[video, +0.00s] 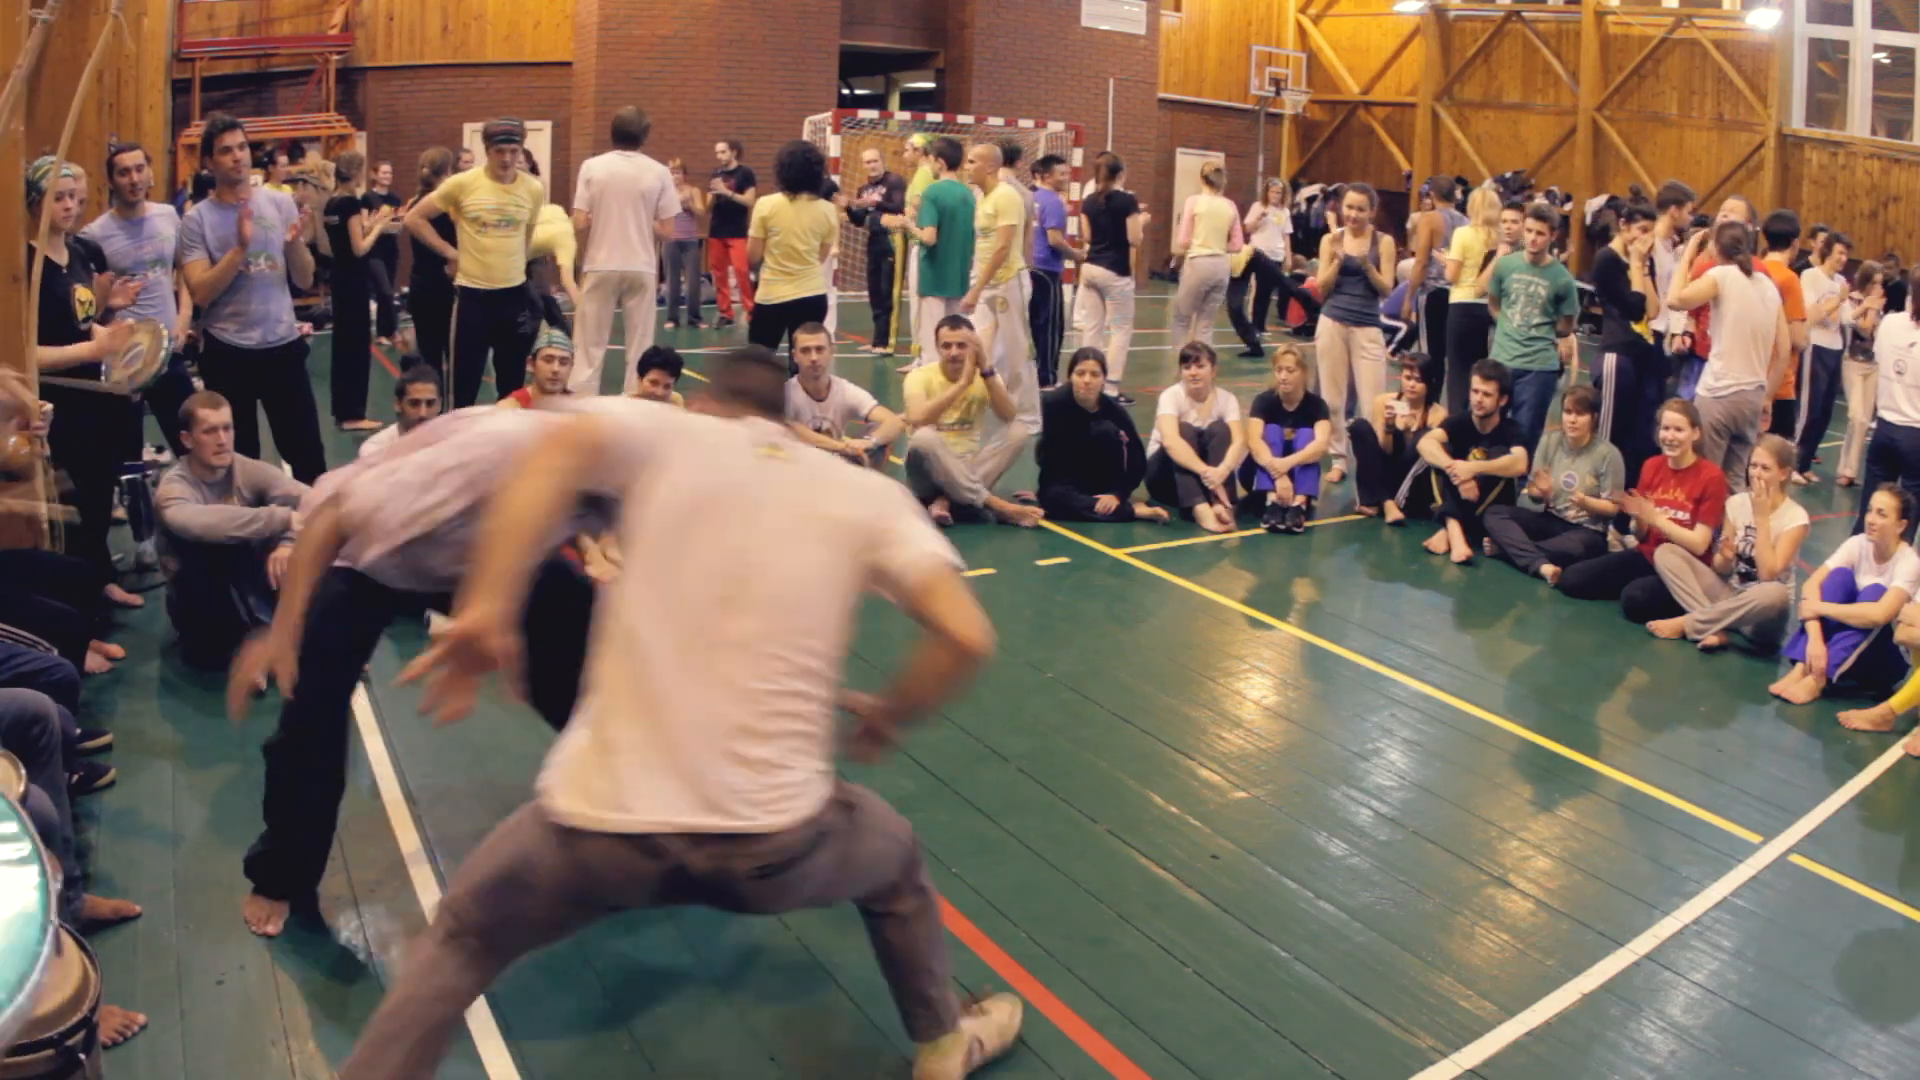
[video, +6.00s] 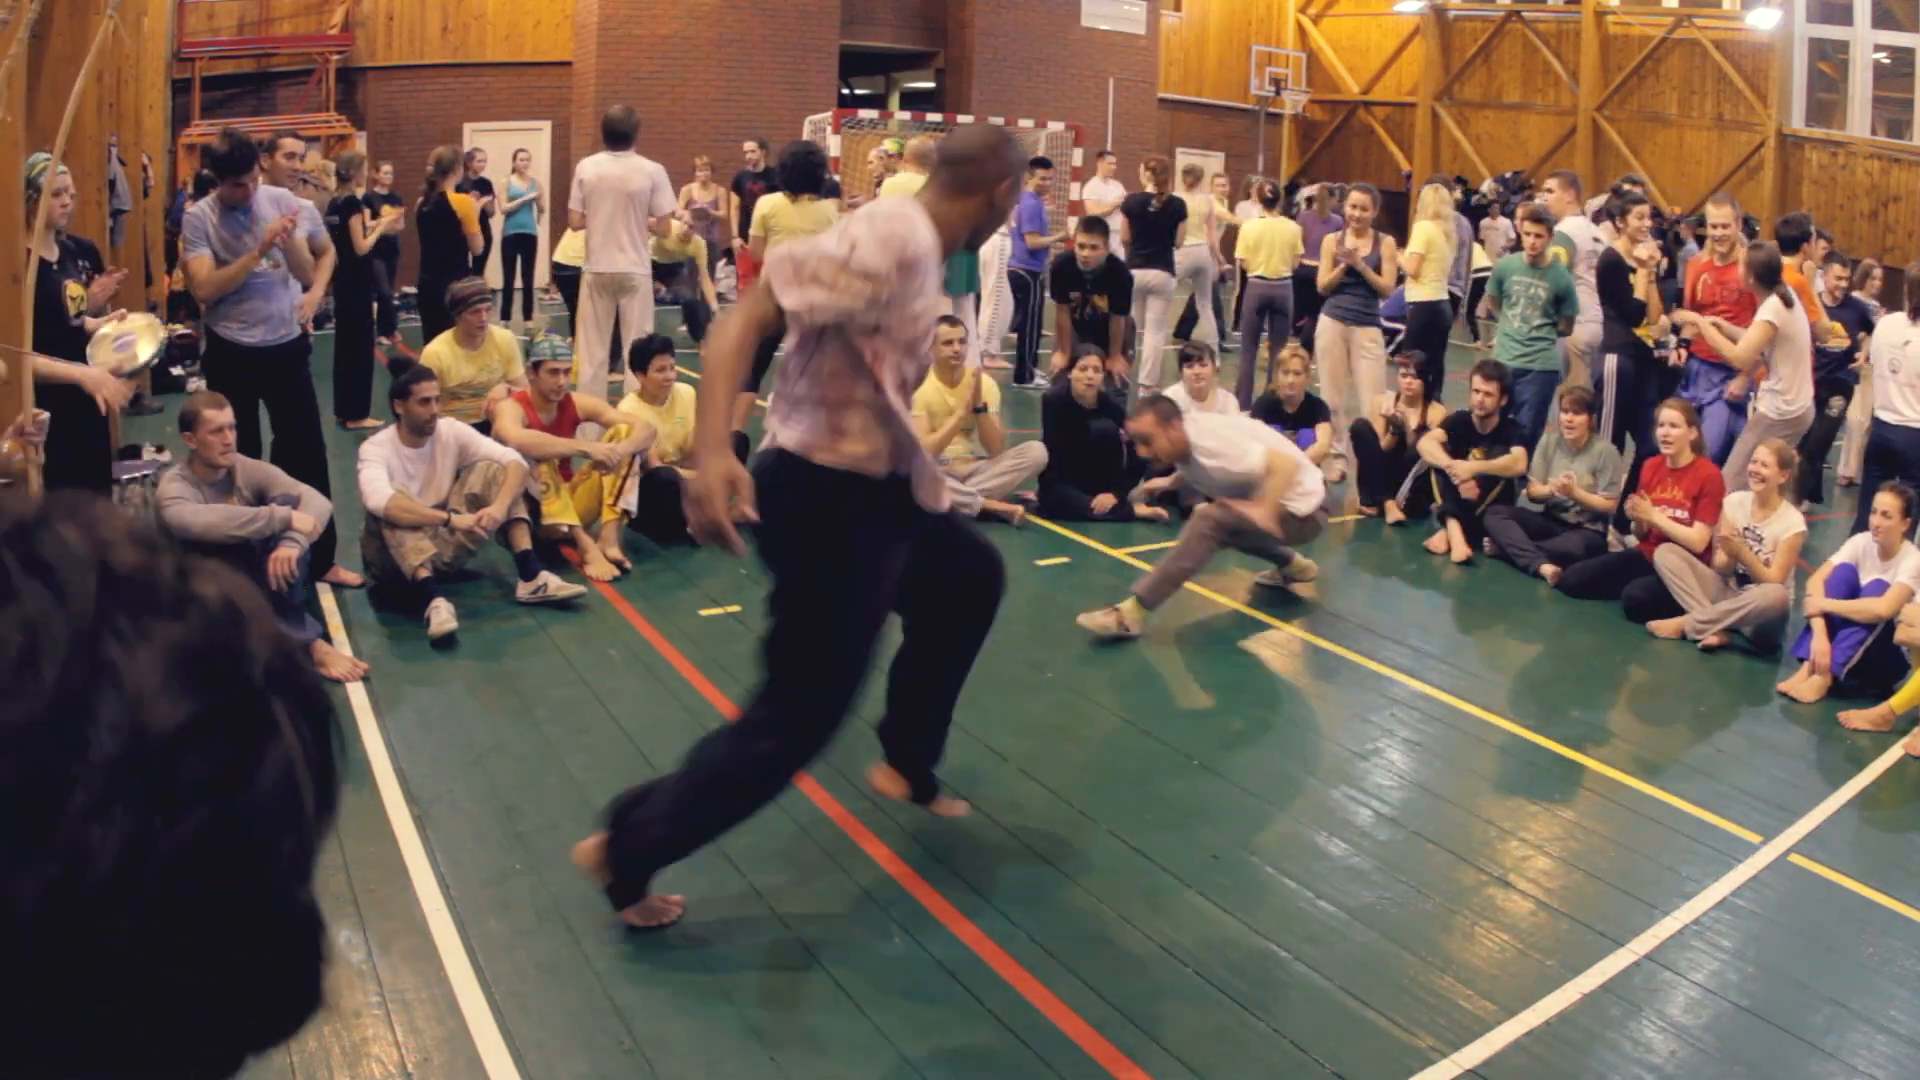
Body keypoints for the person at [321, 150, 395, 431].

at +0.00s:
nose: (368, 176)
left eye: (367, 171)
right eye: (366, 172)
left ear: (340, 172)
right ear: (358, 174)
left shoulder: (331, 204)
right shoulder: (353, 204)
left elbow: (339, 245)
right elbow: (359, 247)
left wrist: (367, 224)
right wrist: (377, 227)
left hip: (340, 278)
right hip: (355, 280)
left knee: (345, 341)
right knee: (357, 343)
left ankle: (344, 411)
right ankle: (352, 414)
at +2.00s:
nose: (367, 176)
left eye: (367, 170)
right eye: (365, 171)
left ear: (341, 173)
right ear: (354, 174)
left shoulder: (333, 204)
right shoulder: (348, 204)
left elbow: (347, 244)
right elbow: (358, 247)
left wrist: (372, 224)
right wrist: (380, 227)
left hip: (344, 278)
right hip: (355, 280)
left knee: (348, 342)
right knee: (358, 343)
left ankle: (345, 411)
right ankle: (352, 414)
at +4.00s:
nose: (367, 176)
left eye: (366, 170)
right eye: (365, 171)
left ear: (341, 171)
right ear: (356, 173)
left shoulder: (331, 204)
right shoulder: (349, 205)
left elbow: (337, 245)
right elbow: (355, 249)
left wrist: (372, 227)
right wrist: (376, 228)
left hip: (338, 278)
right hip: (353, 280)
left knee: (345, 342)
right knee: (357, 344)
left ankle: (346, 413)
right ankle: (355, 416)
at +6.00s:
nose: (370, 175)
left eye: (369, 169)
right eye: (367, 170)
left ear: (342, 172)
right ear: (357, 172)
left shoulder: (335, 203)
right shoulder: (352, 204)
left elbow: (352, 241)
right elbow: (360, 246)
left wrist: (377, 225)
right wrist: (381, 226)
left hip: (343, 281)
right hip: (358, 283)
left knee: (349, 343)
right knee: (360, 345)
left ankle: (346, 411)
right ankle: (355, 414)